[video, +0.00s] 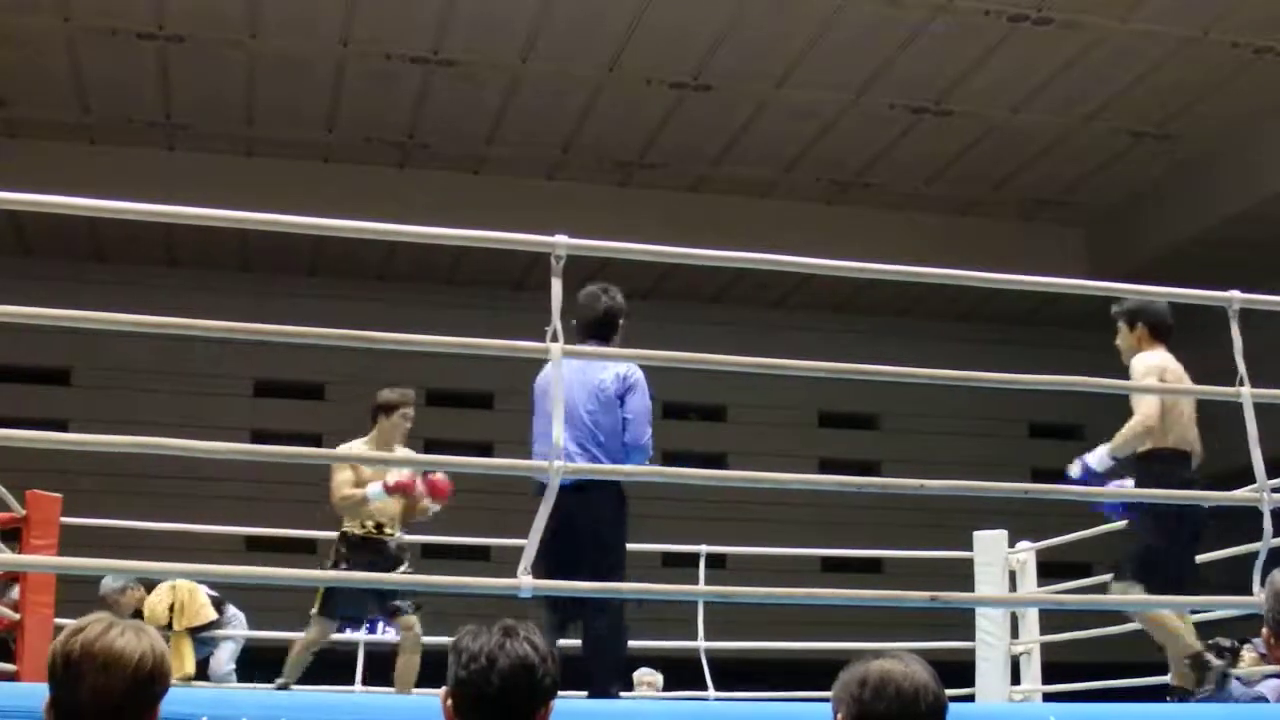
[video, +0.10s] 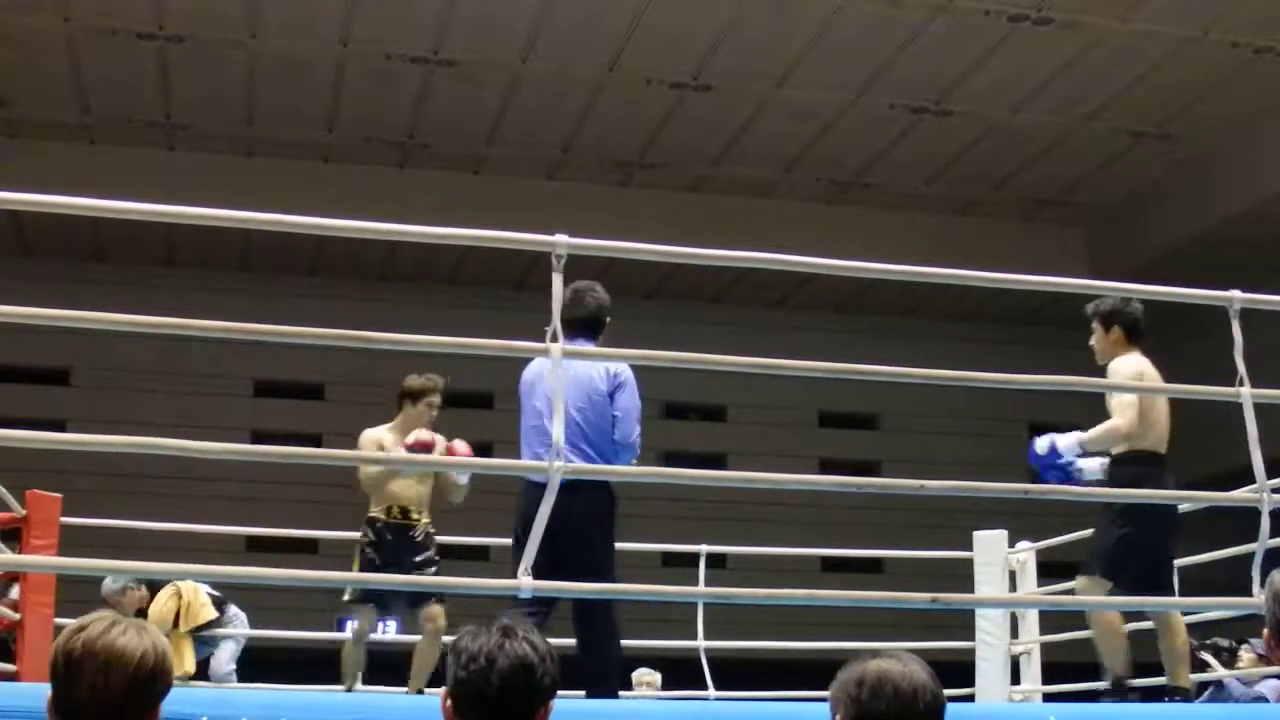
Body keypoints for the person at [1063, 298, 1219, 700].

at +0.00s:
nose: (1117, 341)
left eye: (1120, 331)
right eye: (1116, 332)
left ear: (1140, 330)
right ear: (1155, 332)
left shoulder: (1146, 362)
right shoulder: (1178, 371)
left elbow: (1146, 420)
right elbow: (1192, 451)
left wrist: (1099, 457)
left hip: (1157, 471)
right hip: (1182, 475)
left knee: (1126, 586)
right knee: (1169, 588)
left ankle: (1199, 657)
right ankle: (1182, 685)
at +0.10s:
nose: (1090, 341)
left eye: (1095, 332)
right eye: (1091, 332)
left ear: (1115, 332)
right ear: (1123, 334)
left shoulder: (1124, 367)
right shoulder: (1146, 371)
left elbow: (1125, 424)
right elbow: (1140, 449)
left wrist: (1065, 442)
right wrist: (1084, 469)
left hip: (1133, 488)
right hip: (1156, 489)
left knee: (1092, 586)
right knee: (1161, 599)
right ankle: (1182, 695)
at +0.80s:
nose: (921, 384)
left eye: (924, 375)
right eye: (920, 377)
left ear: (944, 374)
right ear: (950, 375)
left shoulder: (966, 409)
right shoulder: (960, 411)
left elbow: (924, 465)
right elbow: (930, 465)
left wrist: (895, 429)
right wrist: (903, 433)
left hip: (977, 528)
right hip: (956, 527)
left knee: (943, 617)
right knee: (909, 613)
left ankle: (1014, 696)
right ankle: (914, 704)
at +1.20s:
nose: (889, 370)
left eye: (893, 362)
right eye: (888, 363)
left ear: (914, 361)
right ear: (916, 362)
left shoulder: (954, 394)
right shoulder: (910, 408)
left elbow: (921, 447)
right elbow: (875, 454)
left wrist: (889, 405)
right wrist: (829, 421)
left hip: (980, 510)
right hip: (946, 516)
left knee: (991, 598)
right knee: (920, 613)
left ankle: (1036, 692)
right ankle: (917, 700)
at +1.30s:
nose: (897, 372)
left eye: (901, 364)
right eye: (897, 365)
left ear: (922, 362)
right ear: (920, 365)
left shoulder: (961, 400)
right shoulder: (923, 410)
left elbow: (927, 455)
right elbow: (920, 472)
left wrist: (896, 412)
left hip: (979, 521)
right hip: (947, 524)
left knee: (996, 609)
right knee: (902, 610)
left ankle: (1039, 696)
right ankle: (912, 699)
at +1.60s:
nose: (894, 377)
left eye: (898, 369)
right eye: (893, 371)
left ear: (919, 366)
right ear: (921, 367)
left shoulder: (953, 404)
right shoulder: (925, 411)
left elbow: (908, 454)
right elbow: (911, 469)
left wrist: (883, 409)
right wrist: (874, 438)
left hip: (969, 523)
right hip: (937, 524)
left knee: (986, 617)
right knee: (895, 615)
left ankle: (1038, 699)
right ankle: (897, 705)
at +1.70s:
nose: (884, 368)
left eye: (888, 360)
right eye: (884, 361)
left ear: (909, 361)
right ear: (909, 362)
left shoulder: (946, 398)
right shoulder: (908, 407)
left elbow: (905, 451)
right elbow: (894, 462)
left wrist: (878, 404)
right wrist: (852, 435)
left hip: (969, 513)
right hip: (935, 516)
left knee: (989, 608)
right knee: (898, 613)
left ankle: (1037, 693)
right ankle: (897, 705)